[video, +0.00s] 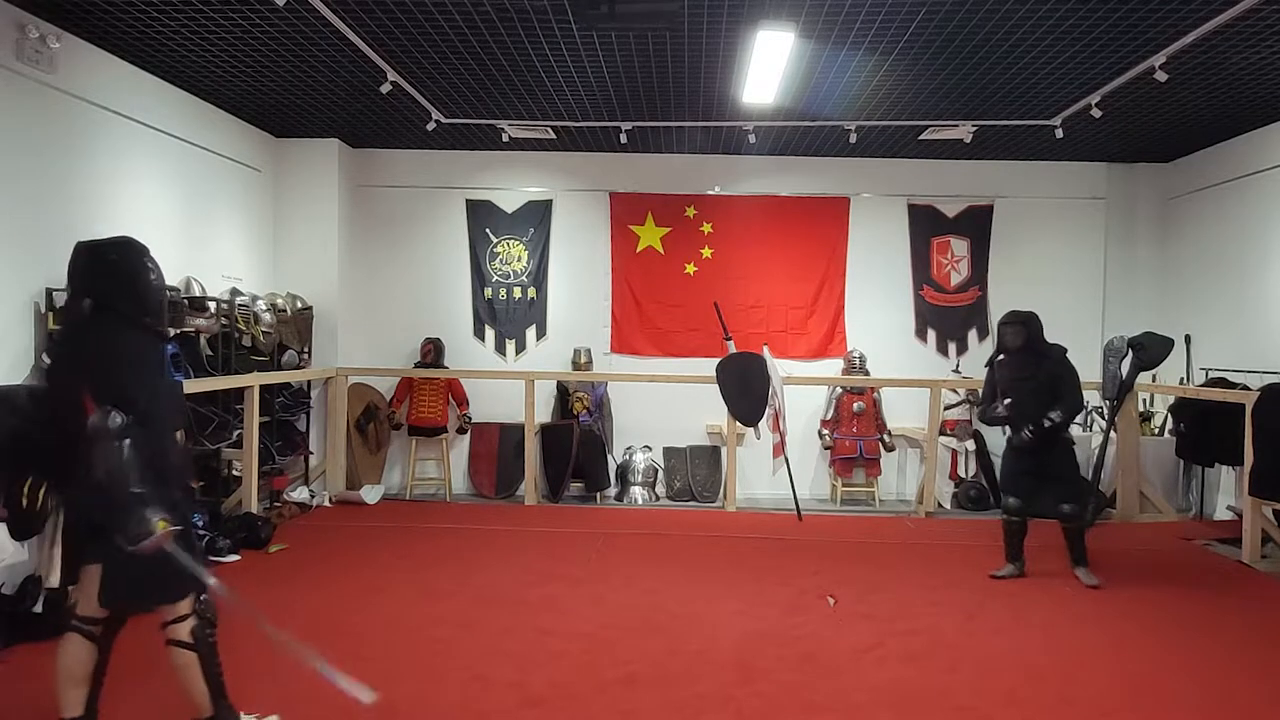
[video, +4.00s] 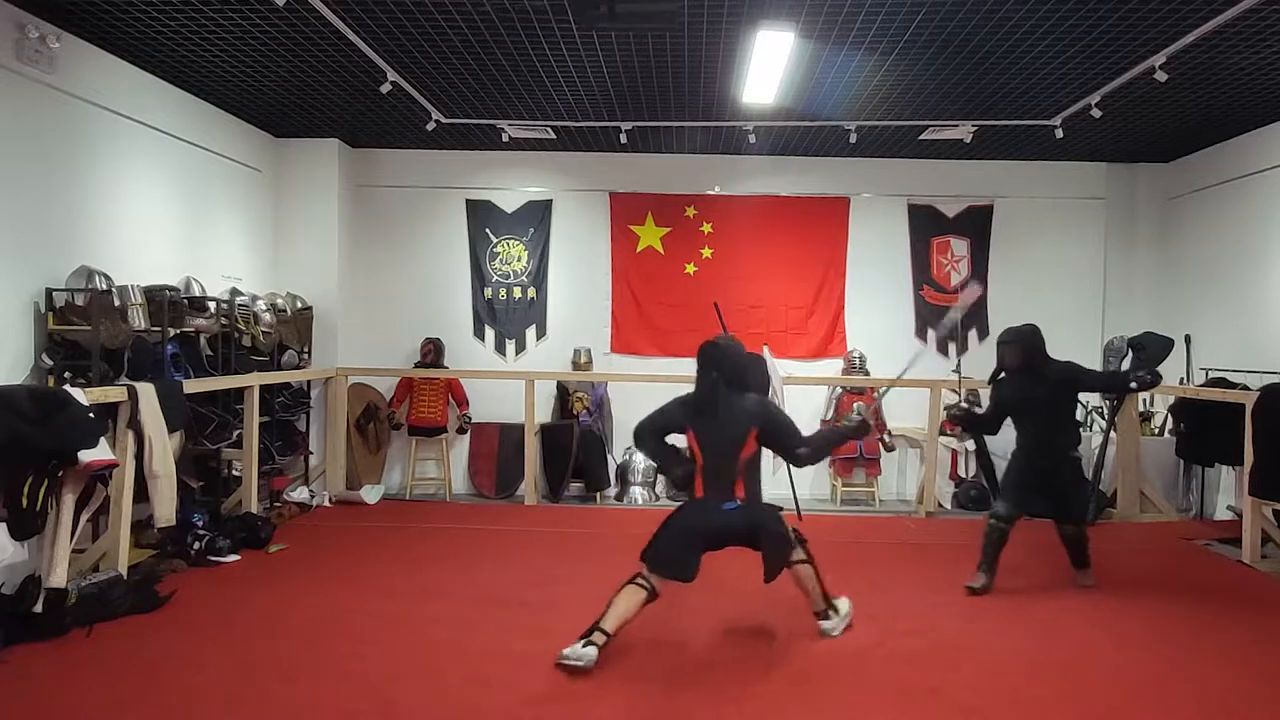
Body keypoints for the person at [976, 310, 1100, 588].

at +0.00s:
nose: (1011, 337)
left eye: (1016, 331)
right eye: (1006, 331)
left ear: (1030, 332)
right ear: (1000, 335)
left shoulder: (1054, 358)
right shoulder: (998, 366)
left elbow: (1074, 401)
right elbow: (984, 412)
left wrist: (1040, 428)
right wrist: (997, 412)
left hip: (1055, 444)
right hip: (1018, 444)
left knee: (1070, 505)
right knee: (1012, 503)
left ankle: (1080, 565)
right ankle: (1014, 563)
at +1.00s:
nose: (1039, 343)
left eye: (1045, 336)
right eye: (1034, 337)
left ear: (1060, 336)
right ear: (1029, 340)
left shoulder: (1089, 361)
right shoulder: (1028, 373)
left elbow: (1130, 387)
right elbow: (1008, 410)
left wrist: (1164, 411)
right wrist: (983, 404)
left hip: (1083, 451)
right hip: (1043, 449)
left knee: (1084, 517)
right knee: (1018, 507)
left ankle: (1090, 577)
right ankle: (1004, 569)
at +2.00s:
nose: (952, 348)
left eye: (959, 340)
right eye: (947, 341)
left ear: (976, 341)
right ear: (942, 344)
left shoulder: (1005, 370)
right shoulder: (943, 382)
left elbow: (1050, 388)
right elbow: (928, 428)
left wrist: (1097, 398)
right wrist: (908, 464)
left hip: (1000, 466)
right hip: (959, 466)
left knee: (1015, 537)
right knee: (933, 524)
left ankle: (1031, 584)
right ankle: (910, 587)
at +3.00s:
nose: (896, 375)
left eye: (903, 368)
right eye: (893, 369)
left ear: (921, 368)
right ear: (893, 372)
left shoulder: (954, 390)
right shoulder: (893, 402)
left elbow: (999, 388)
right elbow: (858, 421)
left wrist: (1042, 374)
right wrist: (818, 421)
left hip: (969, 478)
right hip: (929, 478)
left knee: (1000, 544)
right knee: (897, 529)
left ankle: (1028, 571)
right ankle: (897, 595)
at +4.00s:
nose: (1007, 357)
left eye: (1012, 350)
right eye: (1004, 351)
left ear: (1029, 350)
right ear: (1003, 353)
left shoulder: (1063, 374)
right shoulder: (1005, 387)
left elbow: (1101, 380)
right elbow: (991, 424)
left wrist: (1131, 378)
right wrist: (965, 418)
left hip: (1064, 461)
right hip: (1025, 460)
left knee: (1071, 526)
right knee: (1002, 516)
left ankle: (1083, 569)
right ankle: (985, 572)